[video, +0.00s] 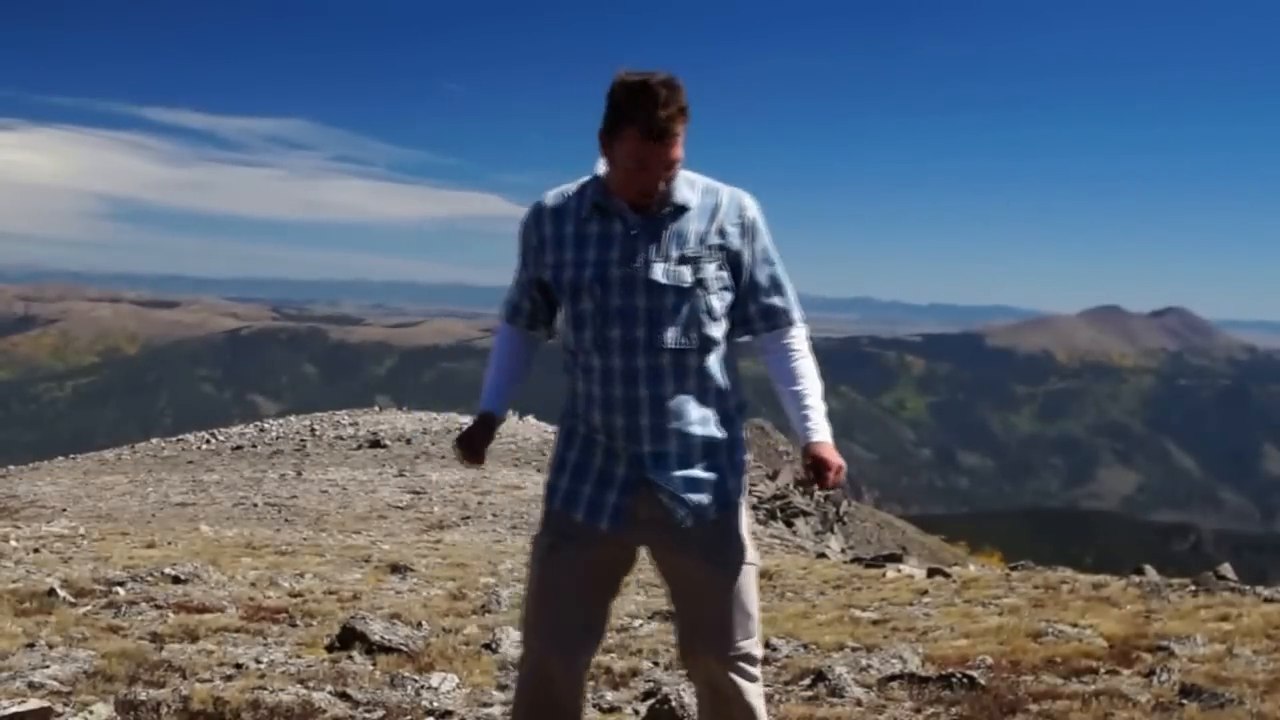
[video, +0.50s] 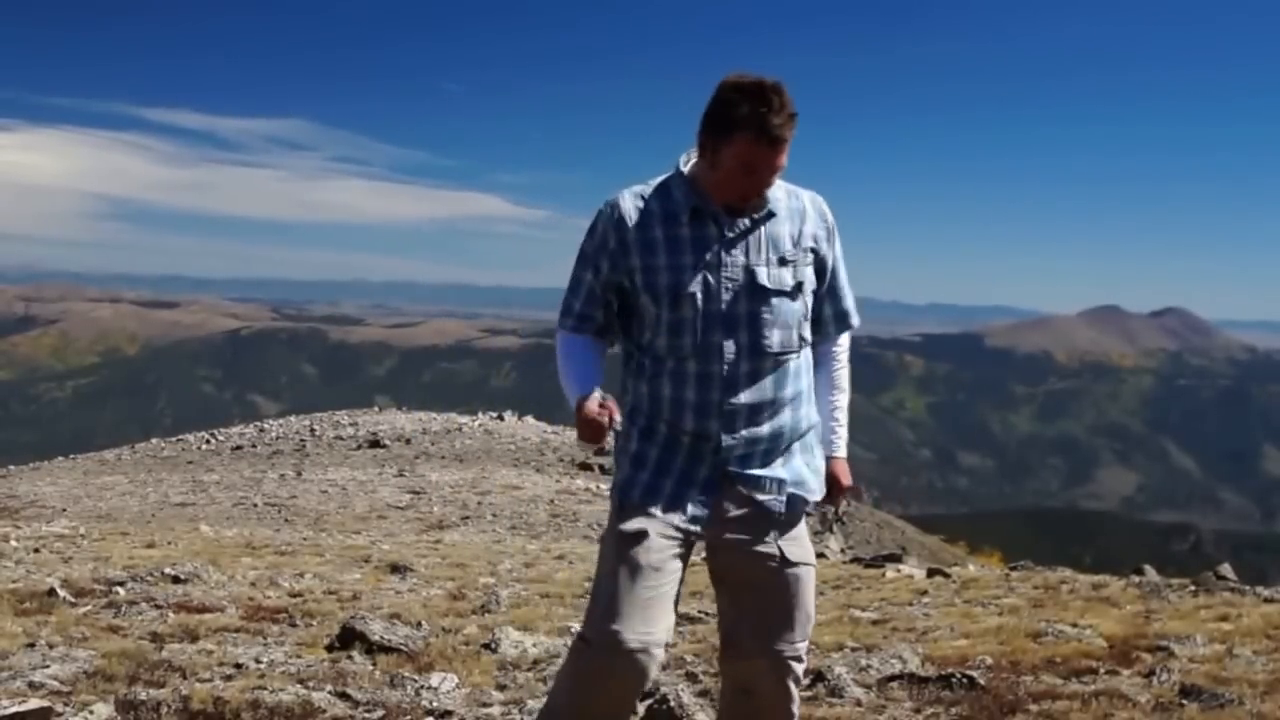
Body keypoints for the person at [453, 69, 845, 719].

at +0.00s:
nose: (667, 158)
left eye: (674, 143)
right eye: (652, 145)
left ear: (684, 140)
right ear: (611, 141)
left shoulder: (730, 215)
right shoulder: (555, 221)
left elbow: (781, 330)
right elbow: (522, 323)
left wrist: (815, 433)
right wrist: (490, 413)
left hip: (700, 475)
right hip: (589, 471)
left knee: (728, 669)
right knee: (549, 666)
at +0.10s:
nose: (685, 169)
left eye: (695, 154)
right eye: (670, 156)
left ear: (706, 142)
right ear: (633, 142)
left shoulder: (756, 213)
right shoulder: (580, 217)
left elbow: (801, 328)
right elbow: (550, 315)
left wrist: (827, 432)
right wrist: (518, 402)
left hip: (724, 471)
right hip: (613, 467)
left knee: (747, 668)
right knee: (569, 659)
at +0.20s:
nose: (716, 176)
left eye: (724, 161)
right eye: (702, 161)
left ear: (734, 151)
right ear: (660, 151)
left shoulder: (780, 225)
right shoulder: (603, 228)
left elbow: (822, 344)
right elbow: (572, 332)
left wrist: (837, 450)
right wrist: (545, 429)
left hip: (748, 486)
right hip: (637, 480)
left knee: (759, 679)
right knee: (579, 670)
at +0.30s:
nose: (737, 189)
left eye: (746, 175)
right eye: (725, 176)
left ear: (757, 158)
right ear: (684, 155)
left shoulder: (797, 227)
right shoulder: (618, 230)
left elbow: (831, 349)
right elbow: (584, 335)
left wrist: (842, 460)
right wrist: (576, 428)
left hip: (764, 484)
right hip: (653, 479)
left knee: (769, 675)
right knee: (591, 656)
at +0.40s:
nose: (752, 185)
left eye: (763, 170)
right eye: (739, 171)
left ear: (775, 152)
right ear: (698, 147)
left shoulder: (806, 218)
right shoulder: (625, 220)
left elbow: (834, 339)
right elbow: (586, 321)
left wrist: (841, 450)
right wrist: (590, 386)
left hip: (772, 473)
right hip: (658, 469)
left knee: (772, 668)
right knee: (608, 645)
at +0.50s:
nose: (762, 187)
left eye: (774, 171)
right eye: (751, 171)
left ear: (784, 154)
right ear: (709, 148)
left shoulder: (808, 218)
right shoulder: (630, 219)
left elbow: (831, 338)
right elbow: (579, 328)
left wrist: (834, 446)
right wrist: (586, 393)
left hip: (774, 478)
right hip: (659, 475)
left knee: (773, 671)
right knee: (622, 652)